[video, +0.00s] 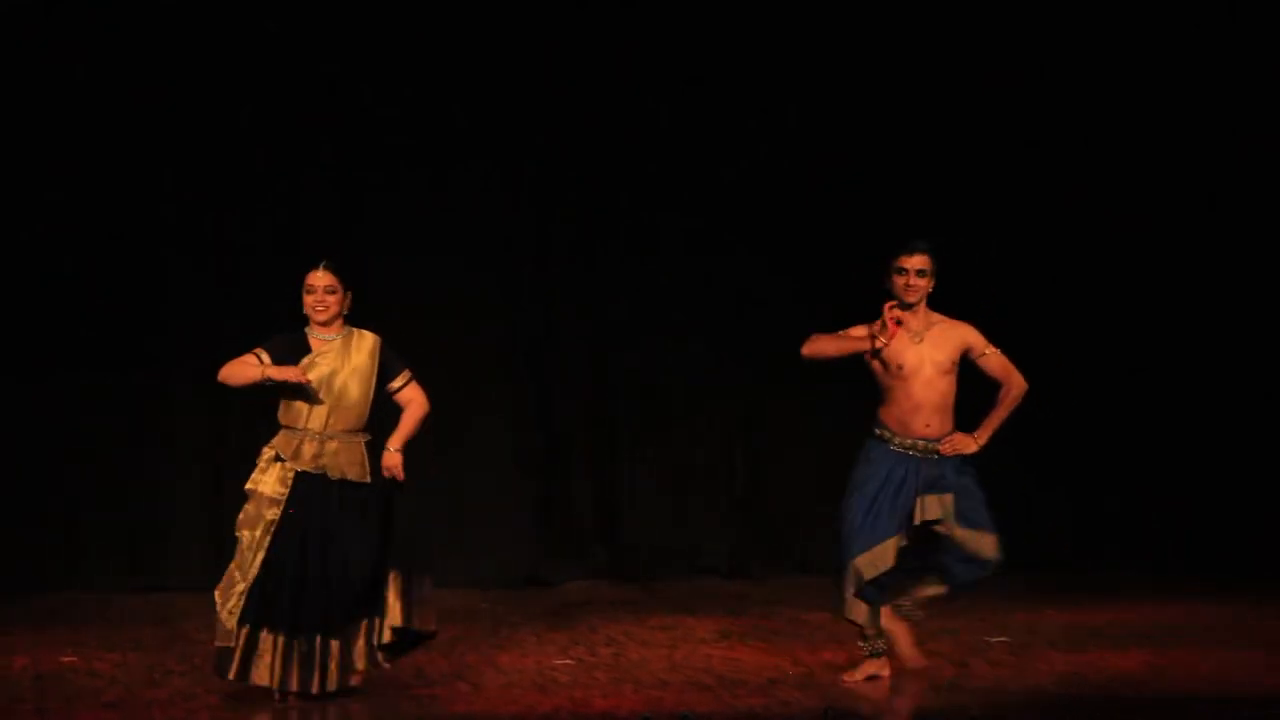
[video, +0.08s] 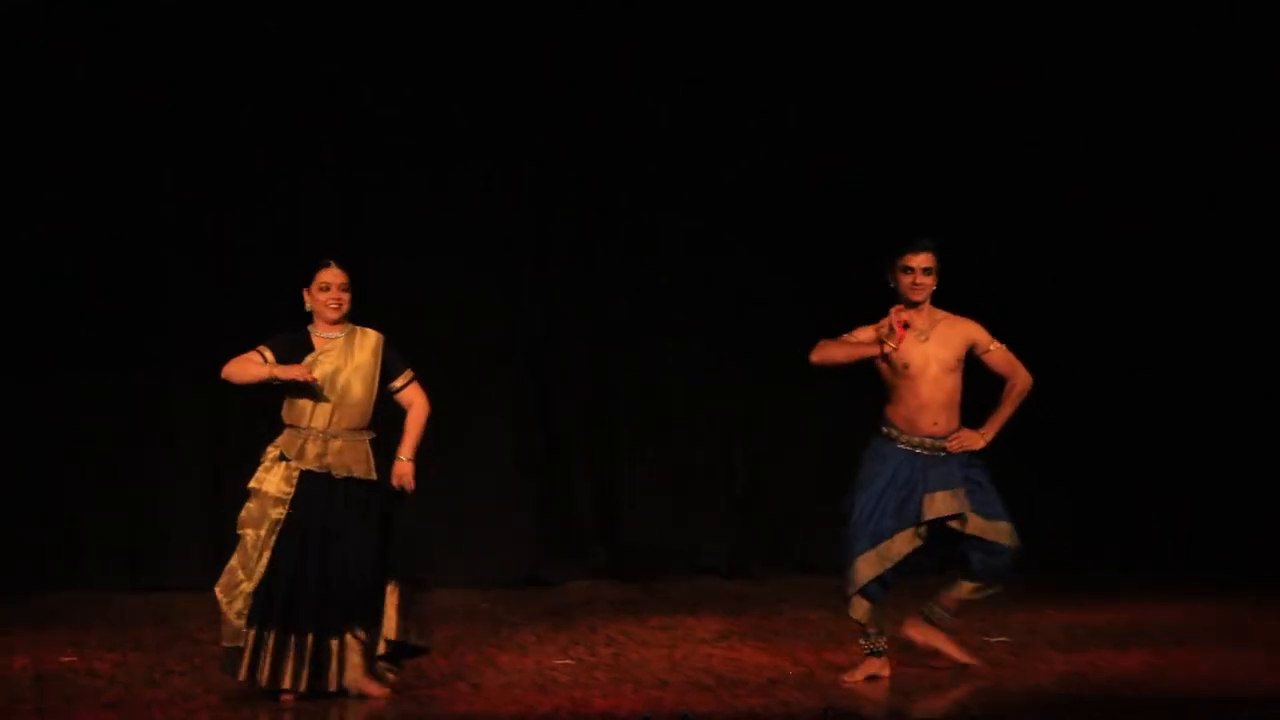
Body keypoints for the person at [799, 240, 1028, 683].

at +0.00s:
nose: (911, 282)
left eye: (920, 274)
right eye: (902, 273)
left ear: (932, 281)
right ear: (890, 278)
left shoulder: (958, 334)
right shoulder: (876, 333)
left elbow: (1015, 384)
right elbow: (810, 348)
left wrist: (978, 436)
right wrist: (871, 340)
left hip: (943, 455)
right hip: (888, 452)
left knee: (976, 550)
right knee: (866, 549)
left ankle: (898, 605)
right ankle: (876, 654)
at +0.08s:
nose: (917, 280)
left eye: (926, 272)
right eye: (908, 271)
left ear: (936, 277)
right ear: (894, 277)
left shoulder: (963, 330)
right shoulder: (881, 332)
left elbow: (1021, 379)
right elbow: (819, 355)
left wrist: (985, 433)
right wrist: (879, 344)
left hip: (951, 454)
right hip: (895, 451)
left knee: (996, 548)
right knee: (866, 546)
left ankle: (932, 621)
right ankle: (876, 653)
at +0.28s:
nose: (941, 277)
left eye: (947, 269)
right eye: (931, 269)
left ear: (955, 276)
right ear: (912, 277)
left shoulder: (978, 327)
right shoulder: (903, 332)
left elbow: (1046, 348)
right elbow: (850, 364)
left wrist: (1019, 397)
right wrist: (909, 367)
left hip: (976, 449)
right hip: (922, 450)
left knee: (1004, 546)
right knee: (890, 539)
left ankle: (965, 649)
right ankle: (912, 624)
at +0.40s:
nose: (951, 272)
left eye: (956, 264)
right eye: (940, 264)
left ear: (963, 272)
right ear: (920, 273)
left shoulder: (984, 320)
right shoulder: (913, 328)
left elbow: (1054, 325)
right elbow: (871, 355)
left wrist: (1035, 354)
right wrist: (926, 368)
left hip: (980, 447)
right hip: (931, 449)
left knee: (1006, 541)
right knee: (948, 550)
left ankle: (962, 647)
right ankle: (940, 631)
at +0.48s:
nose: (896, 296)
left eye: (896, 289)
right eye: (885, 290)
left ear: (895, 299)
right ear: (857, 299)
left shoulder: (914, 360)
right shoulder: (824, 352)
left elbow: (974, 406)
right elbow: (751, 339)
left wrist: (1024, 431)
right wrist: (744, 276)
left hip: (911, 479)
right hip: (849, 481)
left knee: (965, 564)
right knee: (800, 566)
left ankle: (913, 656)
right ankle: (843, 659)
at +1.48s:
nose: (880, 296)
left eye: (888, 287)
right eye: (870, 288)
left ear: (897, 292)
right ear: (854, 296)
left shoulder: (927, 345)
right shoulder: (839, 348)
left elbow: (997, 379)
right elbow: (765, 344)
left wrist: (1050, 417)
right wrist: (765, 283)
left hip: (921, 471)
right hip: (861, 471)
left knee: (955, 564)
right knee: (826, 557)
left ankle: (909, 657)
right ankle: (835, 656)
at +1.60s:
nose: (889, 291)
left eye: (896, 282)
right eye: (878, 284)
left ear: (906, 287)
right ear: (864, 291)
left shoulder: (933, 334)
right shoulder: (861, 341)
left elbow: (975, 373)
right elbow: (830, 346)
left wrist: (1019, 415)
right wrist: (806, 298)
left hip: (927, 462)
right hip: (878, 461)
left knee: (948, 558)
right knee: (867, 564)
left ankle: (908, 658)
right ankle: (828, 645)